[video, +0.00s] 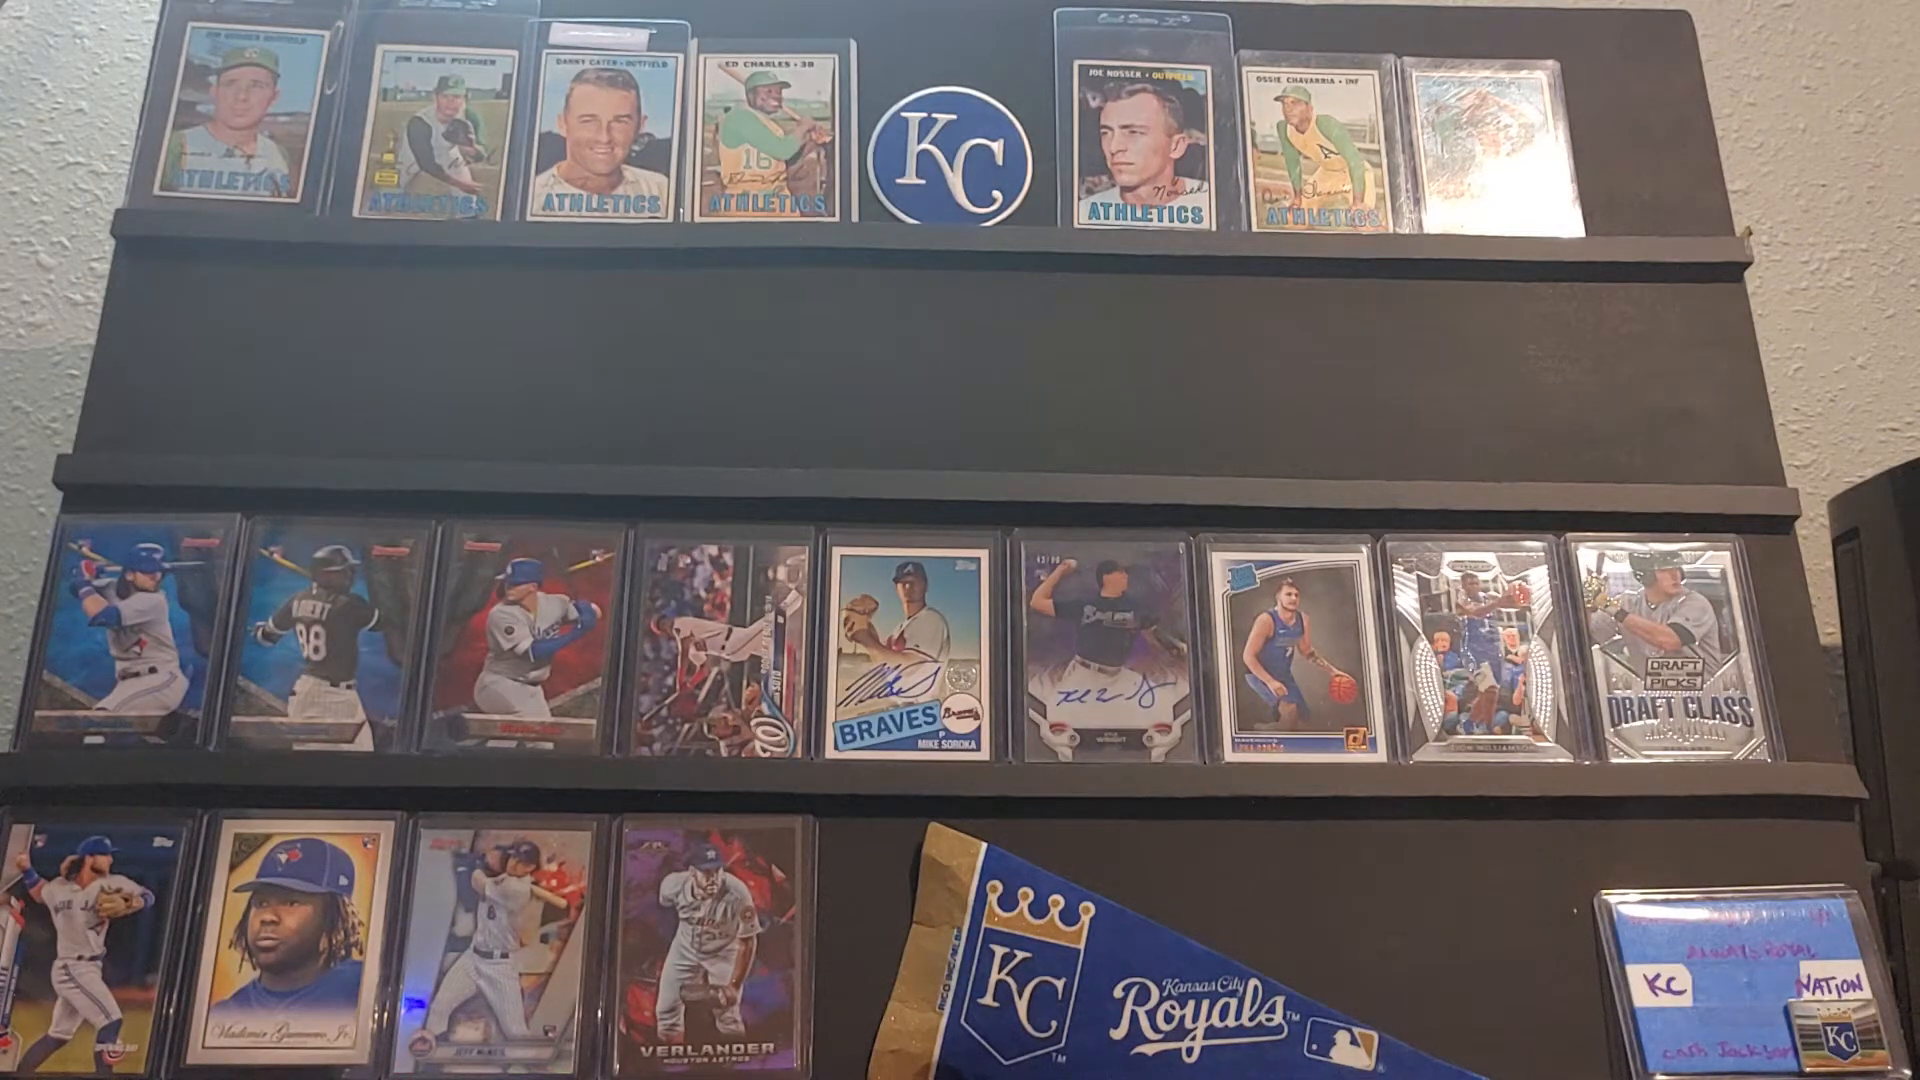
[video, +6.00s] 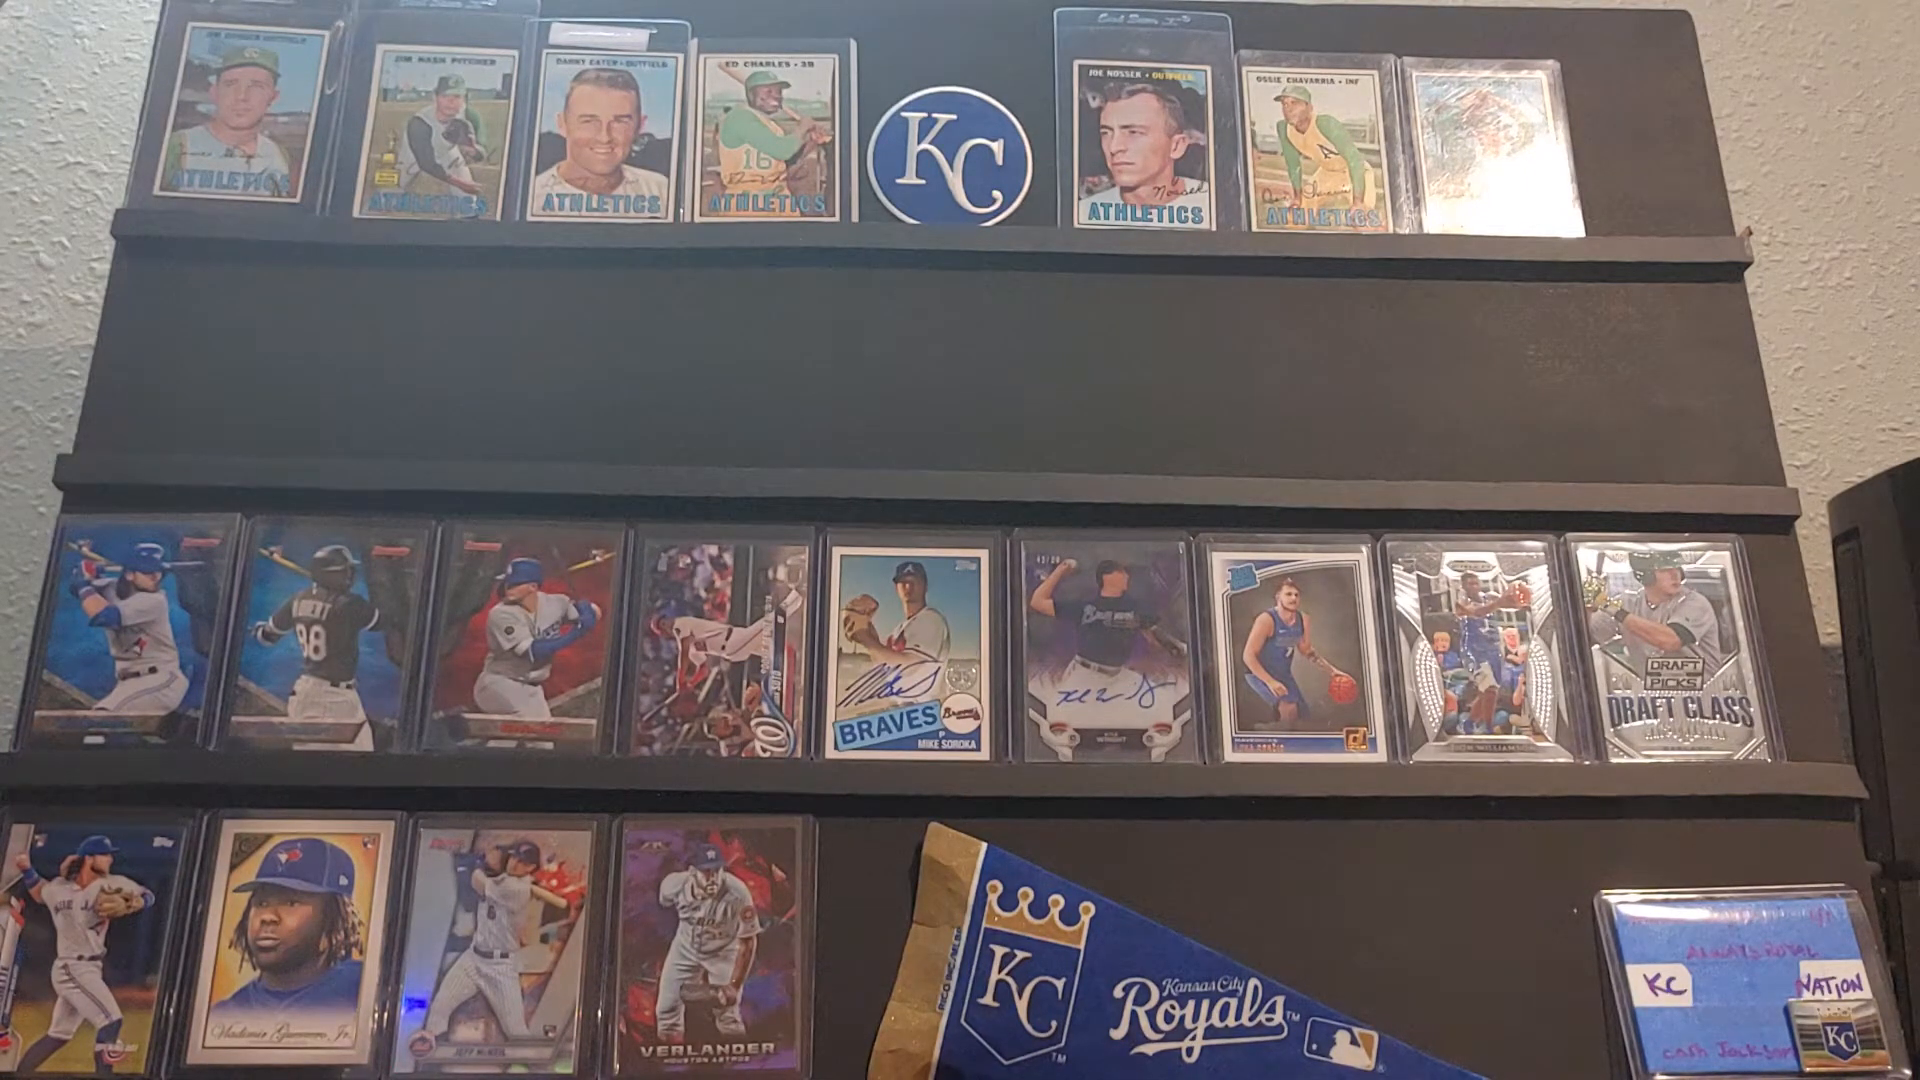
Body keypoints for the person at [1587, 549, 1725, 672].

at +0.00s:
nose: (1676, 576)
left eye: (1678, 568)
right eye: (1666, 569)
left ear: (1682, 571)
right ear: (1644, 574)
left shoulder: (1696, 604)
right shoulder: (1628, 603)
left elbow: (1670, 641)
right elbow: (1588, 636)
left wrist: (1619, 613)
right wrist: (1584, 608)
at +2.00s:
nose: (1677, 576)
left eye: (1677, 568)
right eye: (1667, 570)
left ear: (1682, 570)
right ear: (1645, 574)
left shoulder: (1696, 604)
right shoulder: (1627, 604)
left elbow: (1671, 641)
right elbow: (1585, 638)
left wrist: (1620, 614)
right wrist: (1584, 609)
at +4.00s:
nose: (1677, 576)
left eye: (1678, 569)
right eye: (1667, 569)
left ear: (1682, 571)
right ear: (1645, 573)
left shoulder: (1696, 604)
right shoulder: (1628, 603)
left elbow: (1671, 641)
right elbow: (1587, 636)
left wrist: (1620, 614)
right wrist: (1585, 610)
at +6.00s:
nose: (1675, 573)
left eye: (1676, 567)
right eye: (1665, 569)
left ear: (1682, 570)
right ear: (1644, 575)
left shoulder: (1696, 604)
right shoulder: (1628, 604)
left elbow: (1671, 641)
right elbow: (1586, 637)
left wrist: (1620, 614)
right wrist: (1585, 609)